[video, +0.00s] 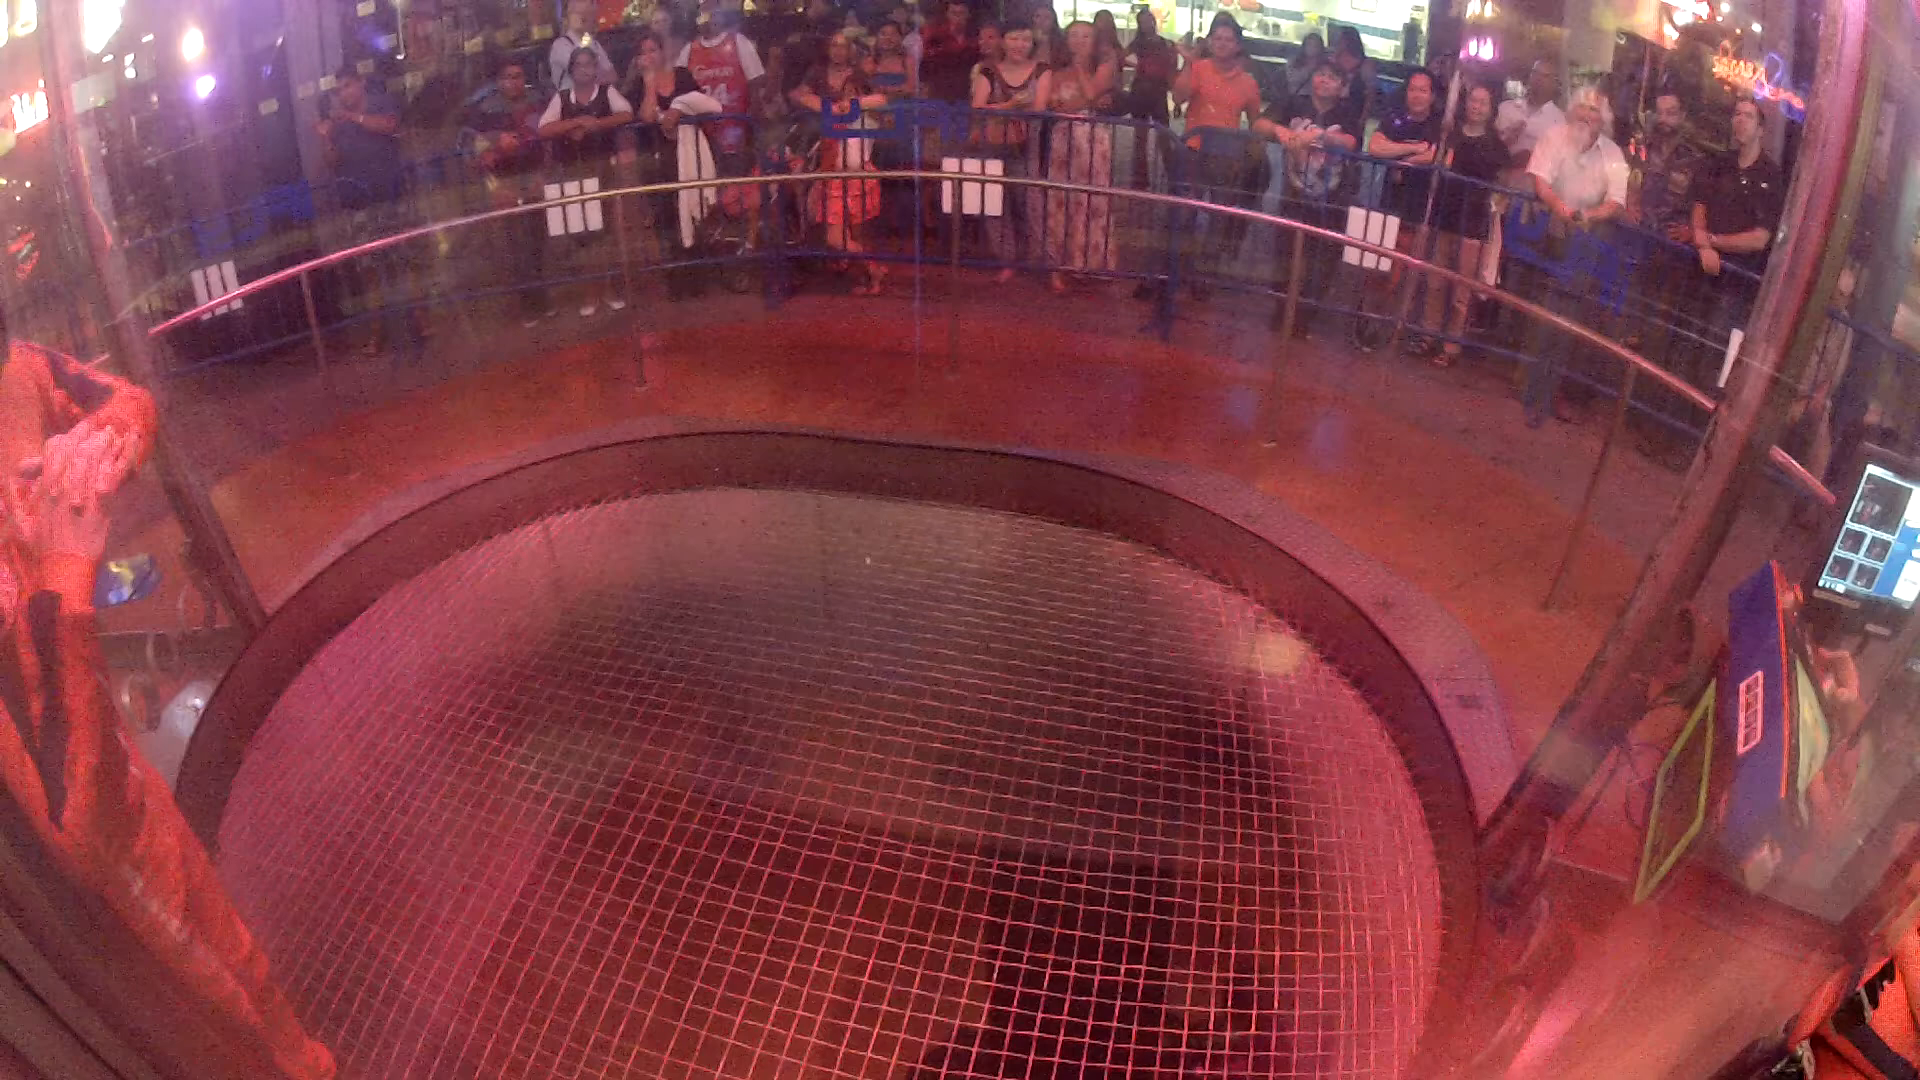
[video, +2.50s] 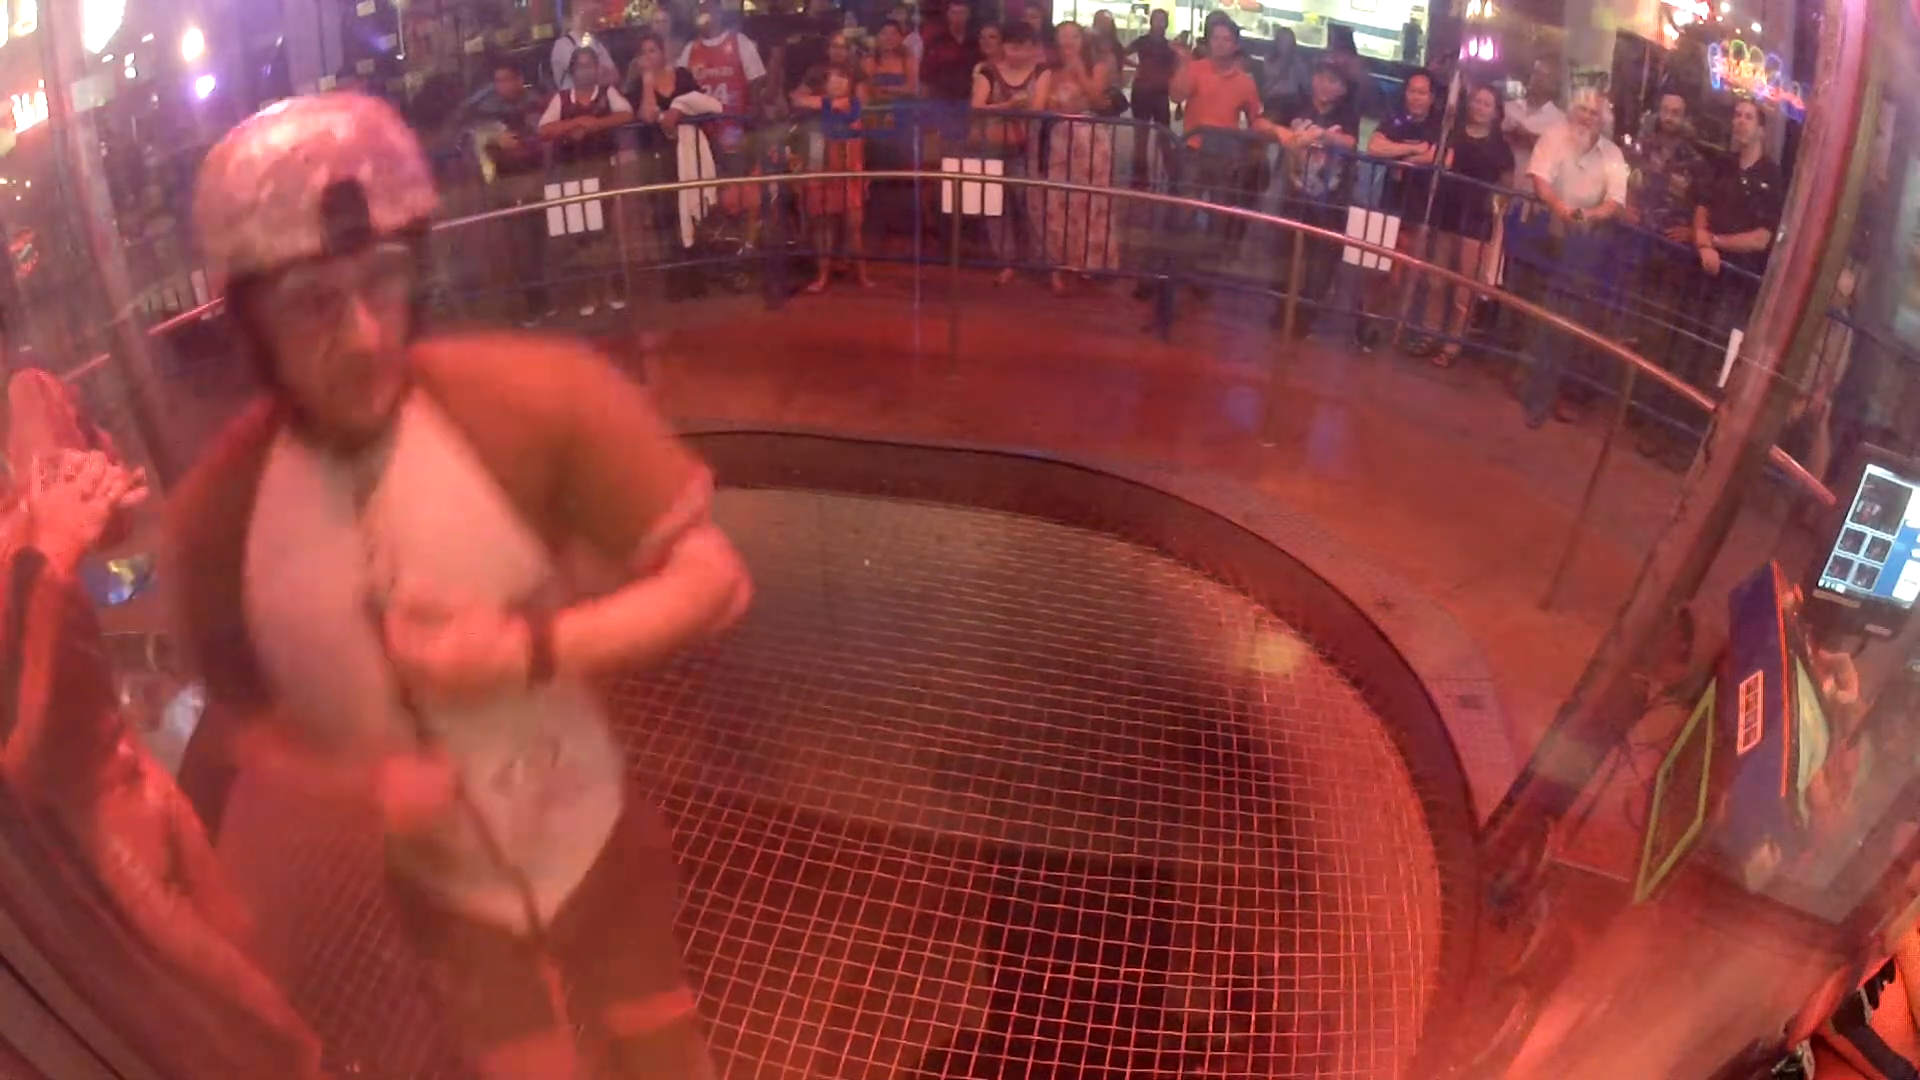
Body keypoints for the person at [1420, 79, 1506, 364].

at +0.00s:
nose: (1476, 106)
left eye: (1482, 103)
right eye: (1472, 100)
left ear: (1491, 110)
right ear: (1464, 104)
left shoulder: (1496, 147)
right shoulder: (1451, 138)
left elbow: (1489, 172)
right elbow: (1437, 169)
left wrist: (1455, 157)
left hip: (1473, 221)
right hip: (1443, 215)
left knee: (1462, 287)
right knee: (1435, 280)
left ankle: (1452, 344)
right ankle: (1428, 334)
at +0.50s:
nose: (1476, 107)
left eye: (1483, 102)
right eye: (1473, 100)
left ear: (1492, 110)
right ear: (1465, 104)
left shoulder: (1496, 146)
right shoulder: (1452, 138)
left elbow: (1490, 174)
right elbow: (1437, 166)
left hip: (1473, 219)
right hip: (1443, 213)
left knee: (1462, 286)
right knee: (1435, 279)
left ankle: (1452, 342)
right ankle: (1428, 333)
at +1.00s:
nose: (1477, 107)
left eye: (1484, 103)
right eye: (1473, 101)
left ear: (1494, 109)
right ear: (1465, 104)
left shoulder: (1498, 146)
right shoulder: (1452, 136)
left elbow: (1494, 180)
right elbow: (1438, 167)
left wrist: (1456, 161)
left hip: (1474, 219)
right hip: (1443, 212)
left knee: (1463, 285)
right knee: (1435, 280)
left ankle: (1452, 342)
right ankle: (1429, 333)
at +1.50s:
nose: (1478, 107)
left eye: (1485, 103)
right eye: (1474, 101)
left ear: (1494, 111)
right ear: (1466, 104)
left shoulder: (1498, 147)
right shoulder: (1452, 137)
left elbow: (1504, 185)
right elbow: (1439, 166)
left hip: (1475, 217)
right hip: (1445, 211)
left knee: (1463, 284)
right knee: (1435, 277)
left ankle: (1452, 341)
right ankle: (1429, 331)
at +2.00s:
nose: (1479, 107)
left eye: (1486, 103)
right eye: (1475, 101)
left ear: (1495, 111)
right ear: (1466, 104)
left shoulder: (1498, 147)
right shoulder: (1452, 136)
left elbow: (1505, 185)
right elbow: (1439, 165)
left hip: (1476, 217)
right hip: (1445, 211)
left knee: (1464, 284)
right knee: (1435, 278)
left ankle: (1452, 342)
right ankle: (1429, 332)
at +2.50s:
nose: (1480, 107)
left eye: (1487, 104)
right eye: (1477, 101)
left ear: (1496, 112)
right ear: (1468, 104)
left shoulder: (1500, 148)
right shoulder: (1453, 137)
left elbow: (1506, 187)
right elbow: (1439, 167)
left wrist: (1497, 212)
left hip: (1477, 219)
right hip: (1446, 212)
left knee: (1464, 287)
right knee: (1436, 279)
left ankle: (1453, 342)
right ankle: (1430, 333)